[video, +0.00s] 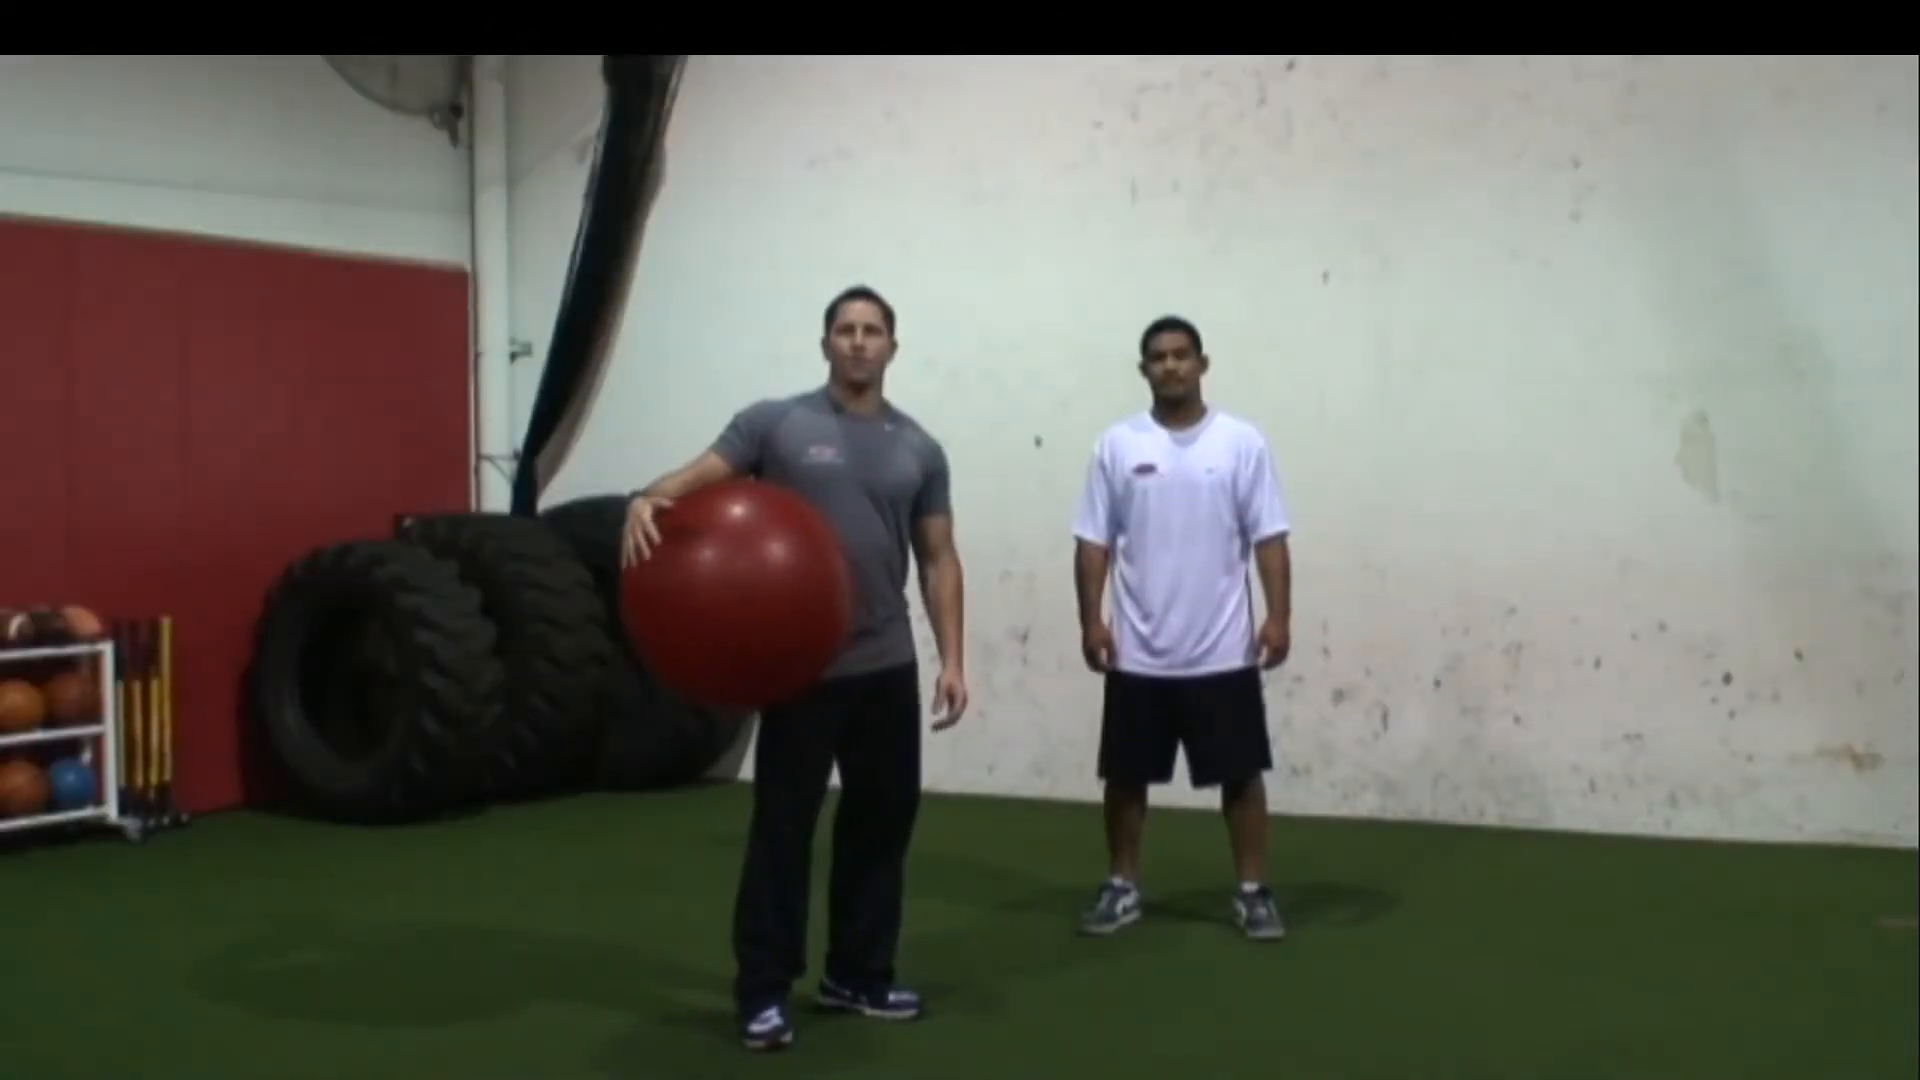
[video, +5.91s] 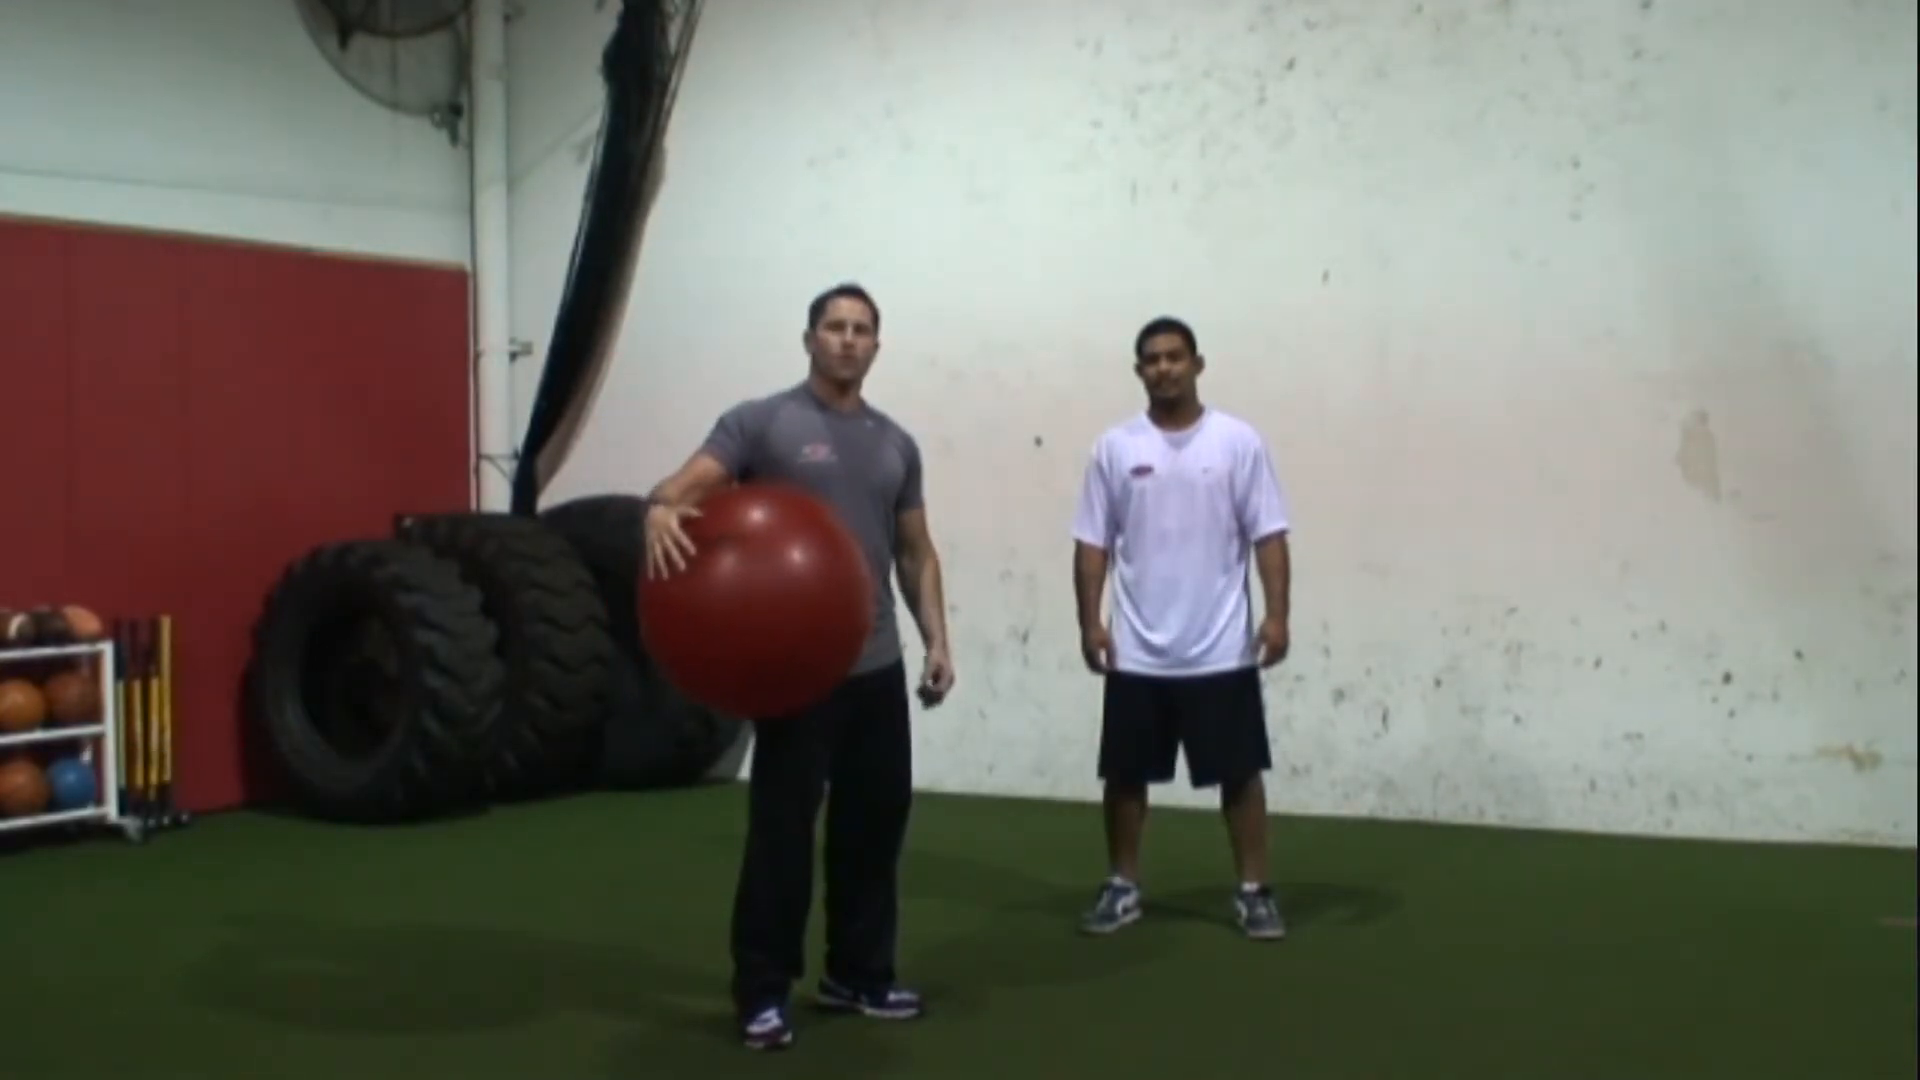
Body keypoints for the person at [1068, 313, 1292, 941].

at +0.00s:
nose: (1169, 366)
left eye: (1180, 355)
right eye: (1158, 358)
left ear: (1202, 364)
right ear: (1144, 370)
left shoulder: (1242, 443)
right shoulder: (1118, 445)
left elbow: (1269, 535)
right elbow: (1093, 537)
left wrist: (1278, 614)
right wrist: (1092, 619)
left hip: (1221, 645)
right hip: (1139, 645)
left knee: (1243, 778)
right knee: (1124, 777)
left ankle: (1252, 889)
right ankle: (1122, 884)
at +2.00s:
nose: (1166, 366)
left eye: (1176, 356)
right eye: (1154, 358)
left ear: (1198, 364)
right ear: (1140, 371)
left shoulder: (1240, 442)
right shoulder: (1117, 447)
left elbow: (1269, 534)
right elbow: (1094, 541)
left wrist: (1278, 613)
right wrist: (1093, 622)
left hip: (1222, 648)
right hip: (1140, 649)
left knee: (1242, 777)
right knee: (1124, 778)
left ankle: (1253, 887)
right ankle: (1123, 884)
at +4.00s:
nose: (1163, 366)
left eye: (1174, 356)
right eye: (1152, 359)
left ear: (1198, 364)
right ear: (1139, 371)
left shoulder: (1240, 442)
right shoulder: (1115, 448)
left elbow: (1269, 533)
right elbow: (1092, 539)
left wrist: (1276, 613)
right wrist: (1090, 620)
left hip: (1221, 645)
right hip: (1138, 646)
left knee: (1242, 777)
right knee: (1123, 778)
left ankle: (1254, 889)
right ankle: (1122, 884)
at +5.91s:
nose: (1163, 367)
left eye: (1174, 357)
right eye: (1152, 360)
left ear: (1197, 364)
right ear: (1138, 372)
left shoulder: (1239, 442)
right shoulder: (1116, 448)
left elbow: (1269, 533)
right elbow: (1093, 540)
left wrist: (1277, 614)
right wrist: (1090, 621)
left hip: (1220, 644)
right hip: (1138, 645)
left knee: (1241, 776)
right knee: (1123, 777)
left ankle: (1254, 889)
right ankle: (1122, 884)